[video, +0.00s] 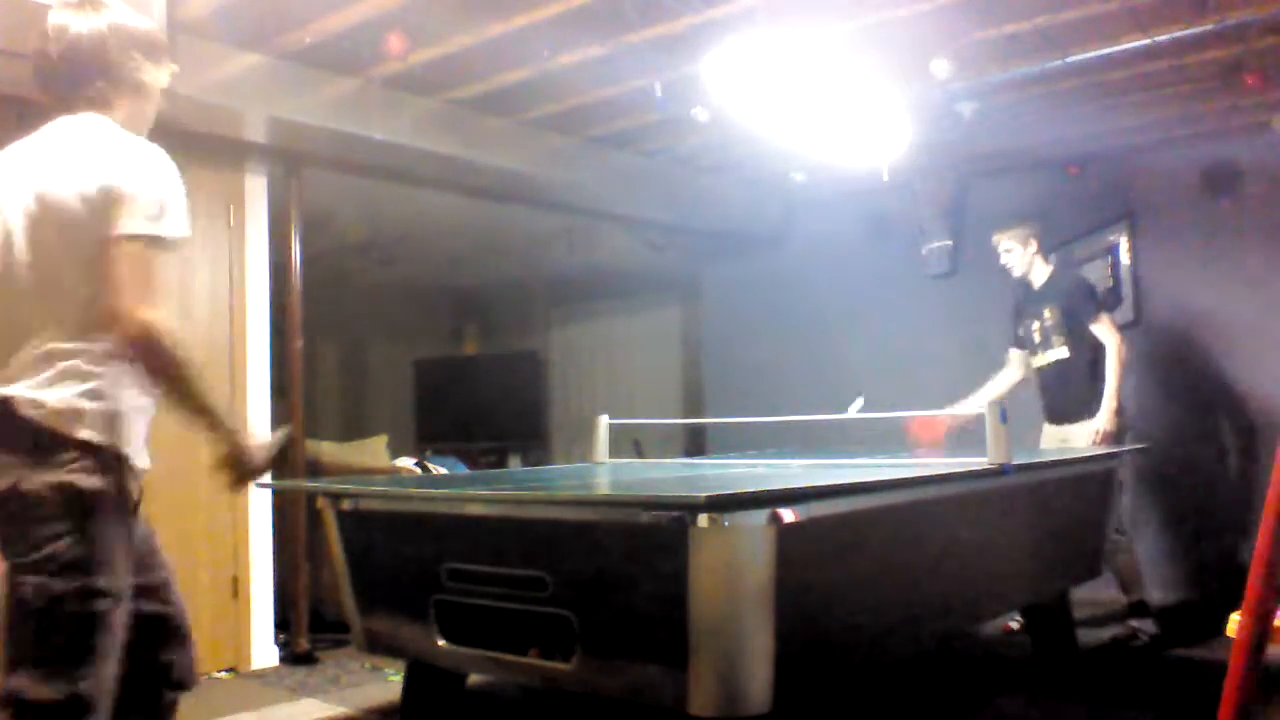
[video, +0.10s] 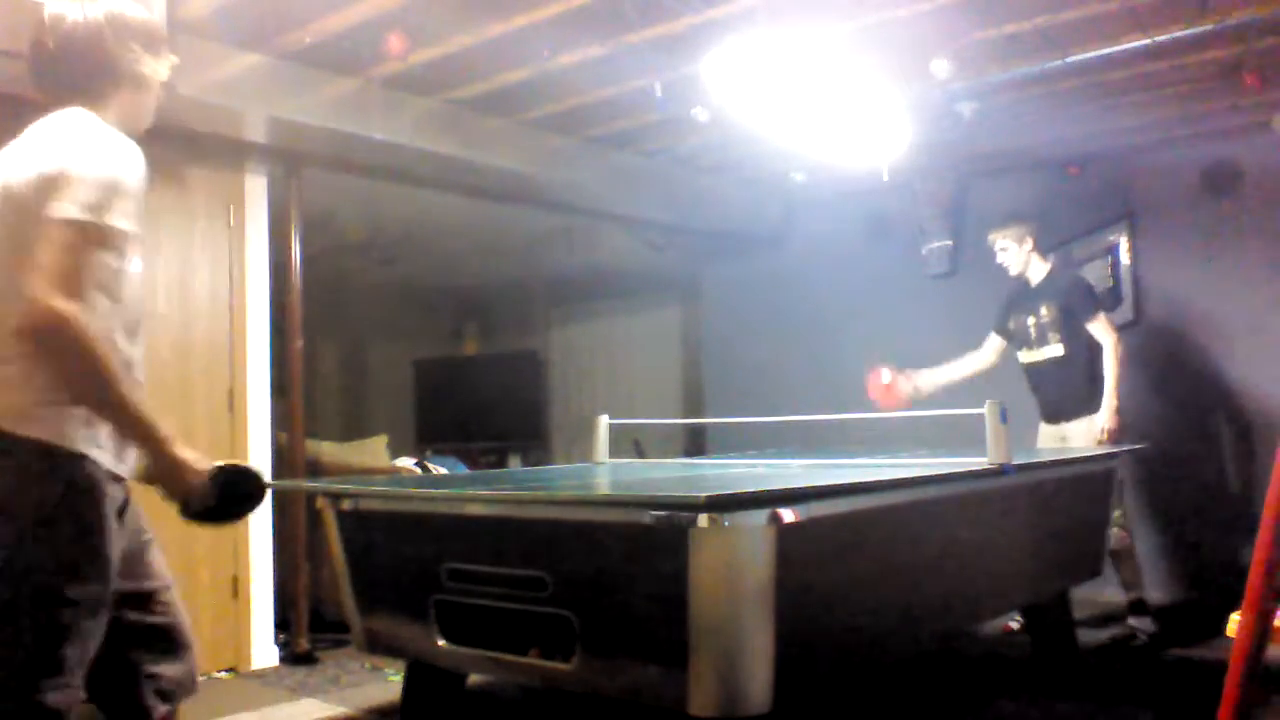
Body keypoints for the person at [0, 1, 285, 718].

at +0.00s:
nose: (167, 81)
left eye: (164, 62)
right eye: (158, 63)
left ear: (70, 73)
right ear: (126, 70)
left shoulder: (15, 160)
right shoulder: (134, 161)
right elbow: (134, 319)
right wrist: (231, 438)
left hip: (21, 459)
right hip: (72, 467)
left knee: (161, 657)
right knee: (61, 692)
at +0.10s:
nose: (170, 73)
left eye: (167, 54)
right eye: (160, 55)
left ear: (72, 66)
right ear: (126, 62)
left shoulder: (26, 149)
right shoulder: (103, 149)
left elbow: (35, 320)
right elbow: (51, 310)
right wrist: (170, 455)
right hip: (58, 466)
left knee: (158, 667)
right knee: (42, 684)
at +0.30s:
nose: (180, 53)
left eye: (176, 34)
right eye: (164, 30)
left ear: (122, 45)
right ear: (113, 37)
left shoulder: (90, 154)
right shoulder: (39, 133)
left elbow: (42, 335)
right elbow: (1, 338)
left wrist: (116, 451)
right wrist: (82, 432)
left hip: (92, 475)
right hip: (29, 469)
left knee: (161, 677)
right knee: (39, 699)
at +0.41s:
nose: (190, 62)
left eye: (185, 44)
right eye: (175, 41)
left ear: (127, 57)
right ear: (123, 50)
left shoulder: (109, 167)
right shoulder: (38, 142)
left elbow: (98, 362)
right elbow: (4, 347)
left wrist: (159, 471)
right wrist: (74, 459)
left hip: (102, 464)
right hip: (29, 471)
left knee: (194, 654)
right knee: (42, 687)